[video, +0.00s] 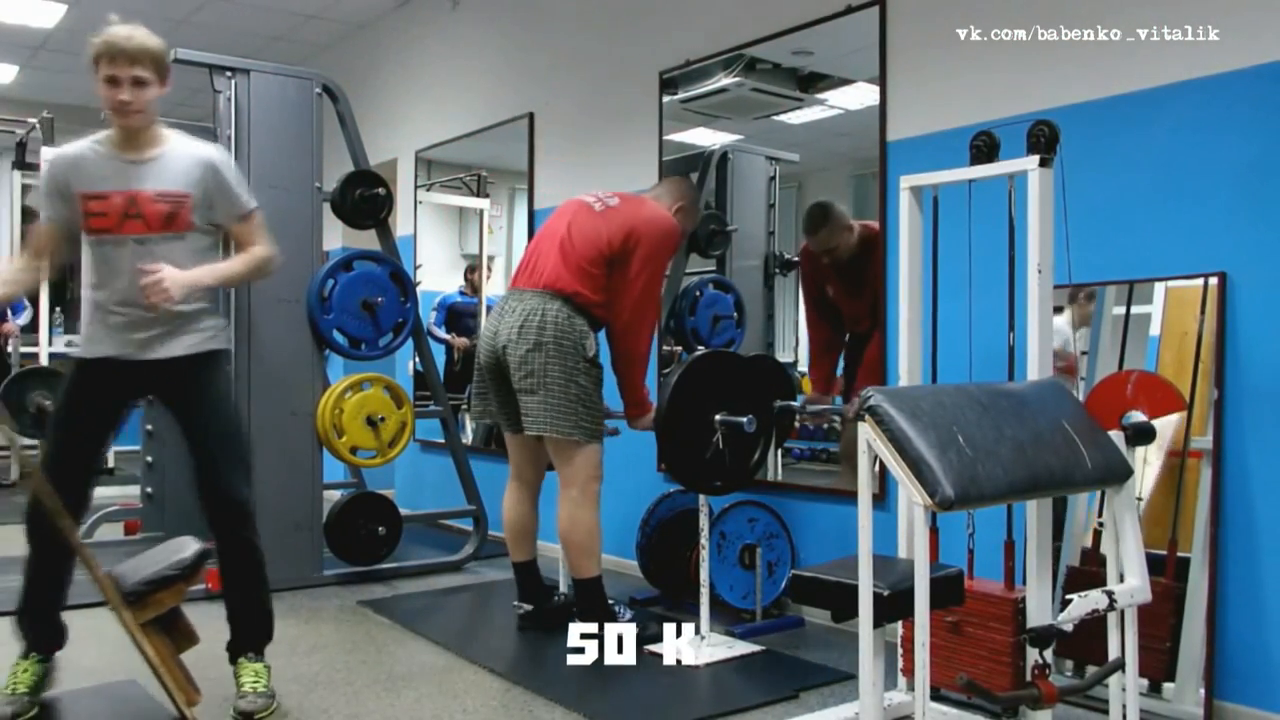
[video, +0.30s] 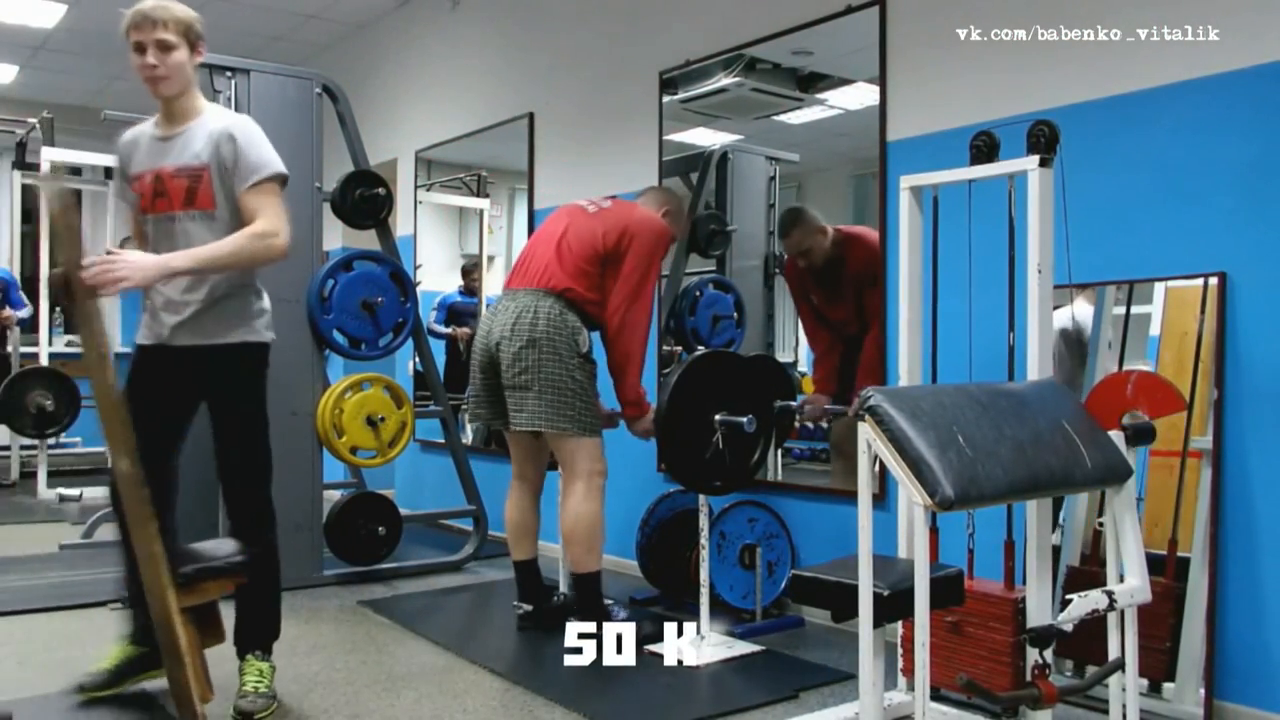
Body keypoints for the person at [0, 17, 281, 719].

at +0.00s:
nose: (124, 94)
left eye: (137, 82)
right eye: (112, 82)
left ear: (162, 86)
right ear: (97, 87)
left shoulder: (203, 162)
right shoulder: (66, 166)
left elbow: (263, 253)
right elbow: (40, 257)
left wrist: (191, 278)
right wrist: (2, 288)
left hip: (193, 354)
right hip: (102, 355)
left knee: (231, 499)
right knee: (53, 501)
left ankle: (250, 655)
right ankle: (37, 652)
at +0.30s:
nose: (152, 61)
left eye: (165, 48)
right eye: (141, 51)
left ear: (197, 53)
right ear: (131, 62)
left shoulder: (234, 132)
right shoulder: (133, 146)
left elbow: (273, 235)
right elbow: (139, 244)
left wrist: (158, 266)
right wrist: (99, 272)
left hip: (236, 342)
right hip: (161, 343)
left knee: (247, 498)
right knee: (139, 490)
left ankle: (256, 655)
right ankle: (148, 639)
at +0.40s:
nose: (153, 63)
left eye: (166, 51)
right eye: (144, 53)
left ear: (199, 56)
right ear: (137, 65)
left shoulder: (235, 138)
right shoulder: (146, 150)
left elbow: (259, 247)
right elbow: (149, 243)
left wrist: (144, 271)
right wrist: (105, 271)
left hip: (237, 345)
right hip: (168, 344)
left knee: (249, 499)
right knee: (136, 486)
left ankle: (257, 652)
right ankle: (184, 625)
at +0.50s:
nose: (140, 67)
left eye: (153, 52)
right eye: (133, 56)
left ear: (195, 55)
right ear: (131, 67)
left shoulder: (234, 139)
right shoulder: (150, 151)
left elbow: (255, 249)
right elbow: (156, 242)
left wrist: (141, 270)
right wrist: (112, 265)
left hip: (232, 346)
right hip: (166, 345)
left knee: (246, 498)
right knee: (122, 481)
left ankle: (256, 653)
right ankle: (192, 618)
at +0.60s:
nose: (119, 70)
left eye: (129, 54)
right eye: (114, 58)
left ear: (174, 54)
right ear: (126, 68)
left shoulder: (222, 136)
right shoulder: (147, 149)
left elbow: (245, 249)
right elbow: (159, 248)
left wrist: (130, 263)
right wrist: (105, 260)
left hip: (224, 348)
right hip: (160, 346)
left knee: (241, 501)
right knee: (111, 480)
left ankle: (254, 655)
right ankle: (152, 628)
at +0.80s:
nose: (74, 70)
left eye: (84, 55)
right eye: (72, 59)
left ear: (130, 55)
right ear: (105, 66)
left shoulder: (185, 138)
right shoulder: (108, 152)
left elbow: (198, 250)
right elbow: (120, 265)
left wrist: (87, 247)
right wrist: (63, 257)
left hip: (186, 355)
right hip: (122, 357)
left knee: (214, 506)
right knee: (85, 503)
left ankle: (251, 653)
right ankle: (55, 668)